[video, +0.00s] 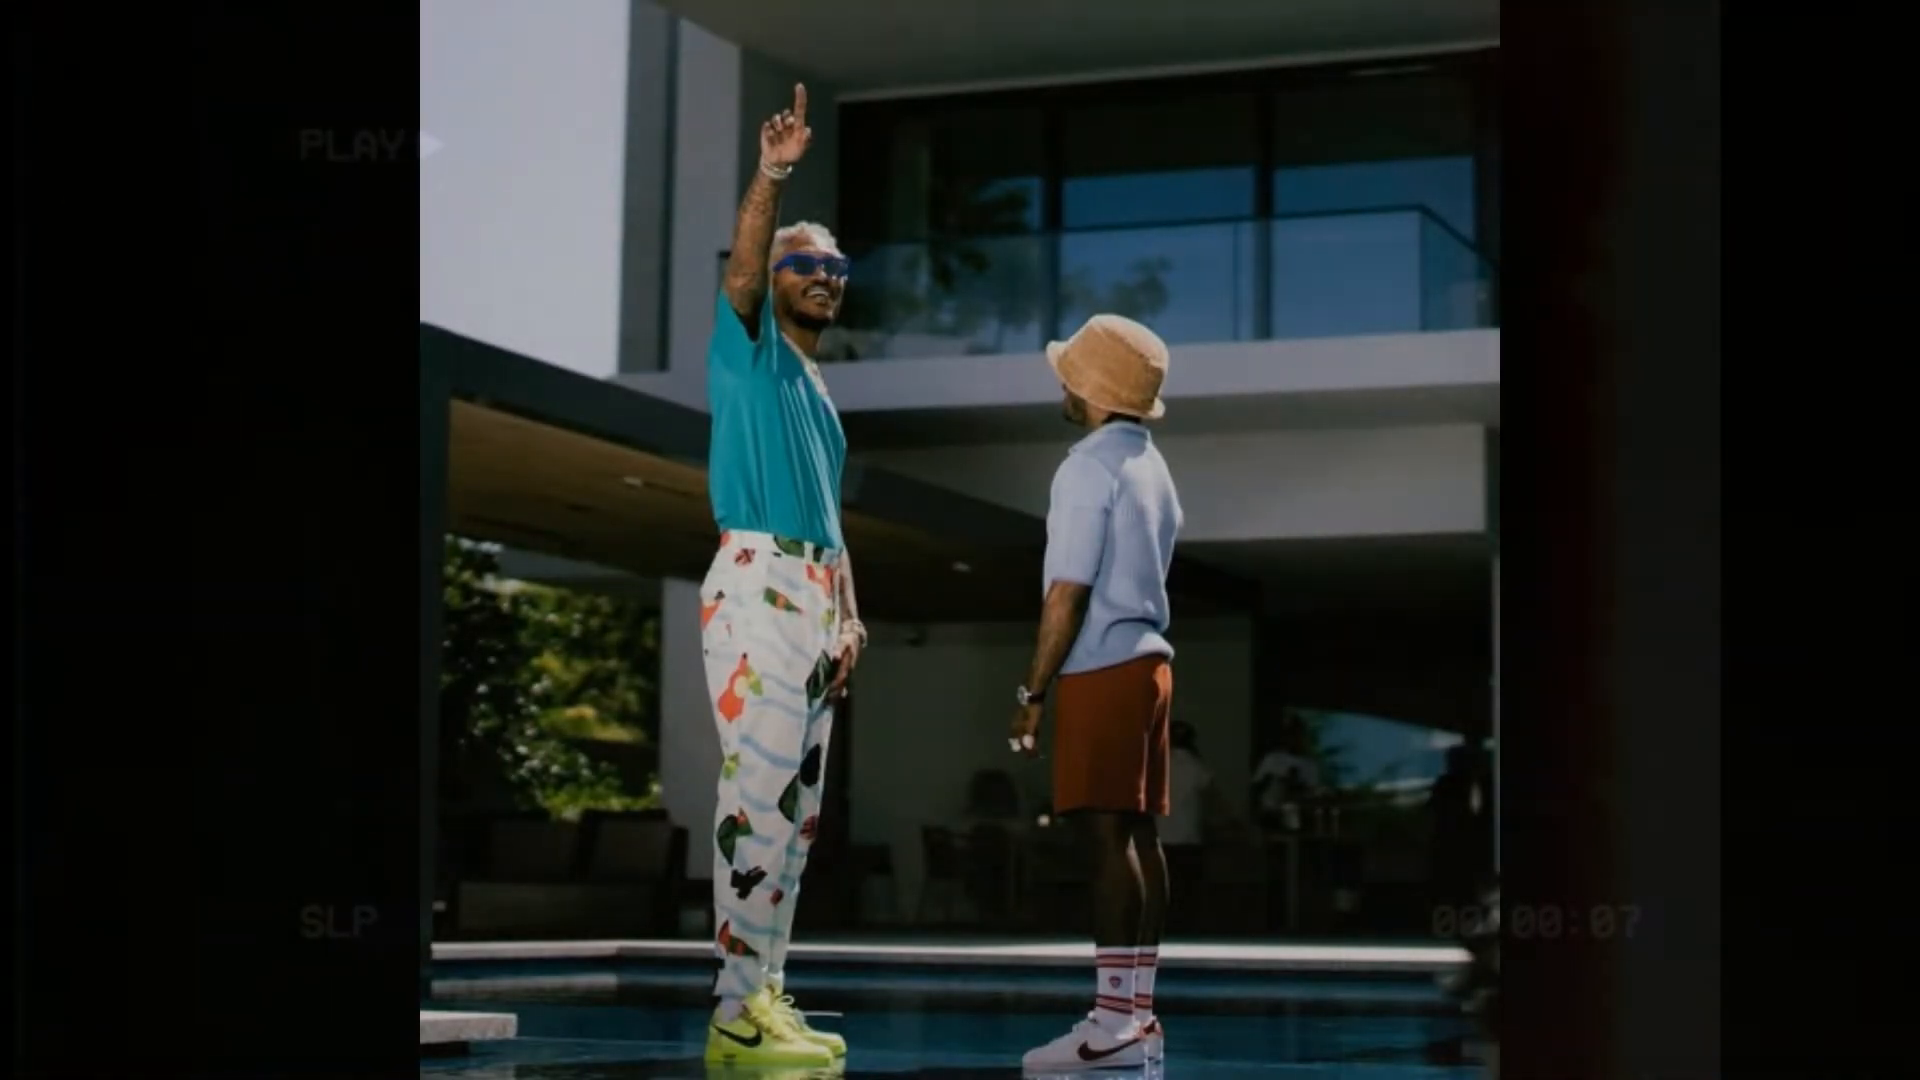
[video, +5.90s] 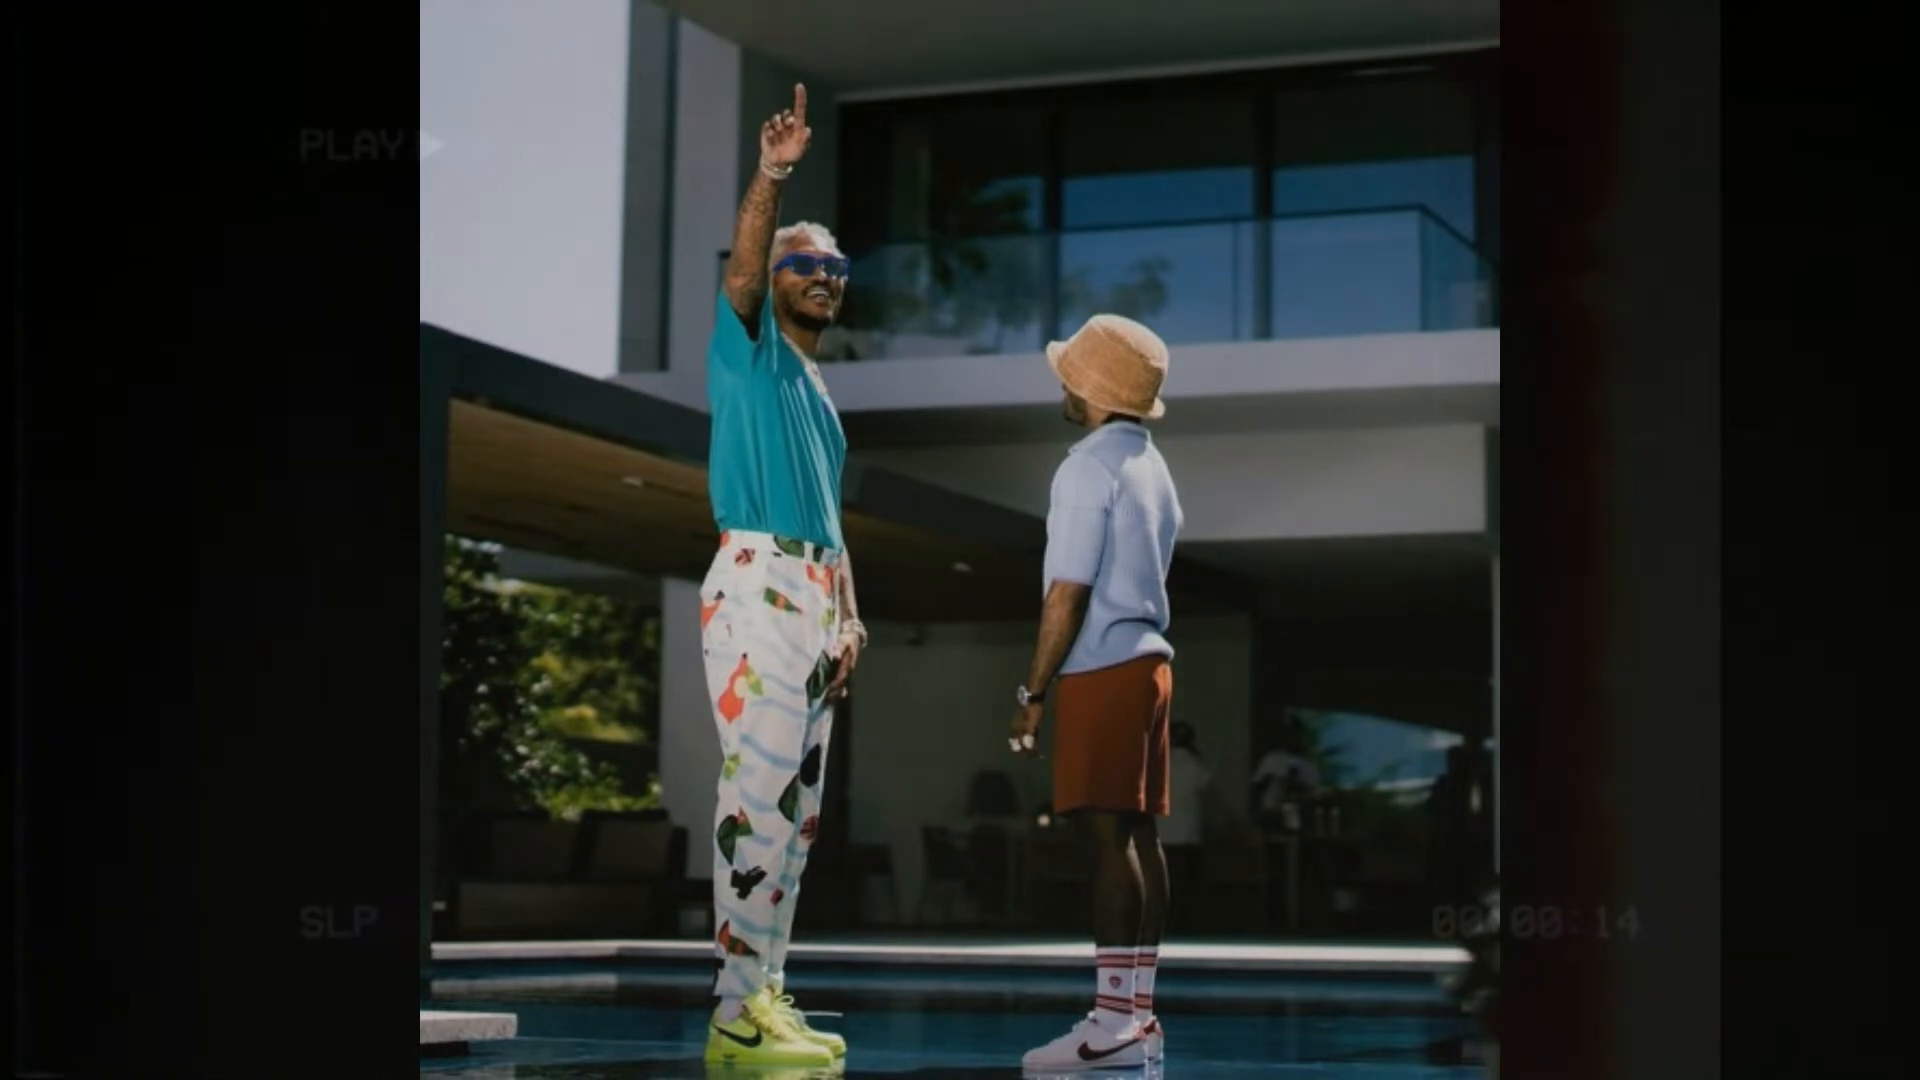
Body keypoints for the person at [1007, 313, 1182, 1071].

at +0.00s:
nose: (1064, 388)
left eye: (1072, 379)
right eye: (1069, 377)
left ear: (1091, 391)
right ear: (1131, 394)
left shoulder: (1088, 468)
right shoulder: (1148, 463)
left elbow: (1067, 595)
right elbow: (1147, 577)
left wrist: (1031, 691)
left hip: (1104, 670)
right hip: (1147, 666)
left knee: (1107, 837)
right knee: (1139, 837)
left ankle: (1116, 1014)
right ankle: (1134, 1011)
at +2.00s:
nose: (1064, 388)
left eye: (1072, 378)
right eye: (1068, 376)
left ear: (1092, 391)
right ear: (1130, 394)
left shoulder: (1088, 468)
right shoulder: (1148, 463)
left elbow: (1067, 594)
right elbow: (1149, 577)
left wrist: (1032, 691)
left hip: (1104, 670)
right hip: (1146, 666)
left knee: (1109, 839)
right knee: (1139, 838)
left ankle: (1116, 1015)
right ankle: (1135, 1012)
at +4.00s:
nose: (1064, 388)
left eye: (1072, 377)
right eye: (1068, 376)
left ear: (1093, 389)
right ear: (1130, 393)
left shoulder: (1088, 468)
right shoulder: (1148, 463)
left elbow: (1068, 594)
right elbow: (1147, 580)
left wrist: (1032, 691)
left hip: (1104, 669)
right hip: (1147, 666)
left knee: (1109, 838)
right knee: (1139, 837)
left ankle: (1116, 1015)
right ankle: (1135, 1012)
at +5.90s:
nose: (1064, 390)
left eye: (1072, 380)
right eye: (1068, 378)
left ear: (1092, 391)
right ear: (1131, 395)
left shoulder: (1088, 468)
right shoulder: (1148, 463)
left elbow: (1067, 595)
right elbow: (1148, 578)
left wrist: (1031, 692)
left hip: (1104, 669)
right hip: (1146, 666)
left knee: (1109, 839)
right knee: (1139, 838)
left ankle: (1115, 1015)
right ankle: (1135, 1012)